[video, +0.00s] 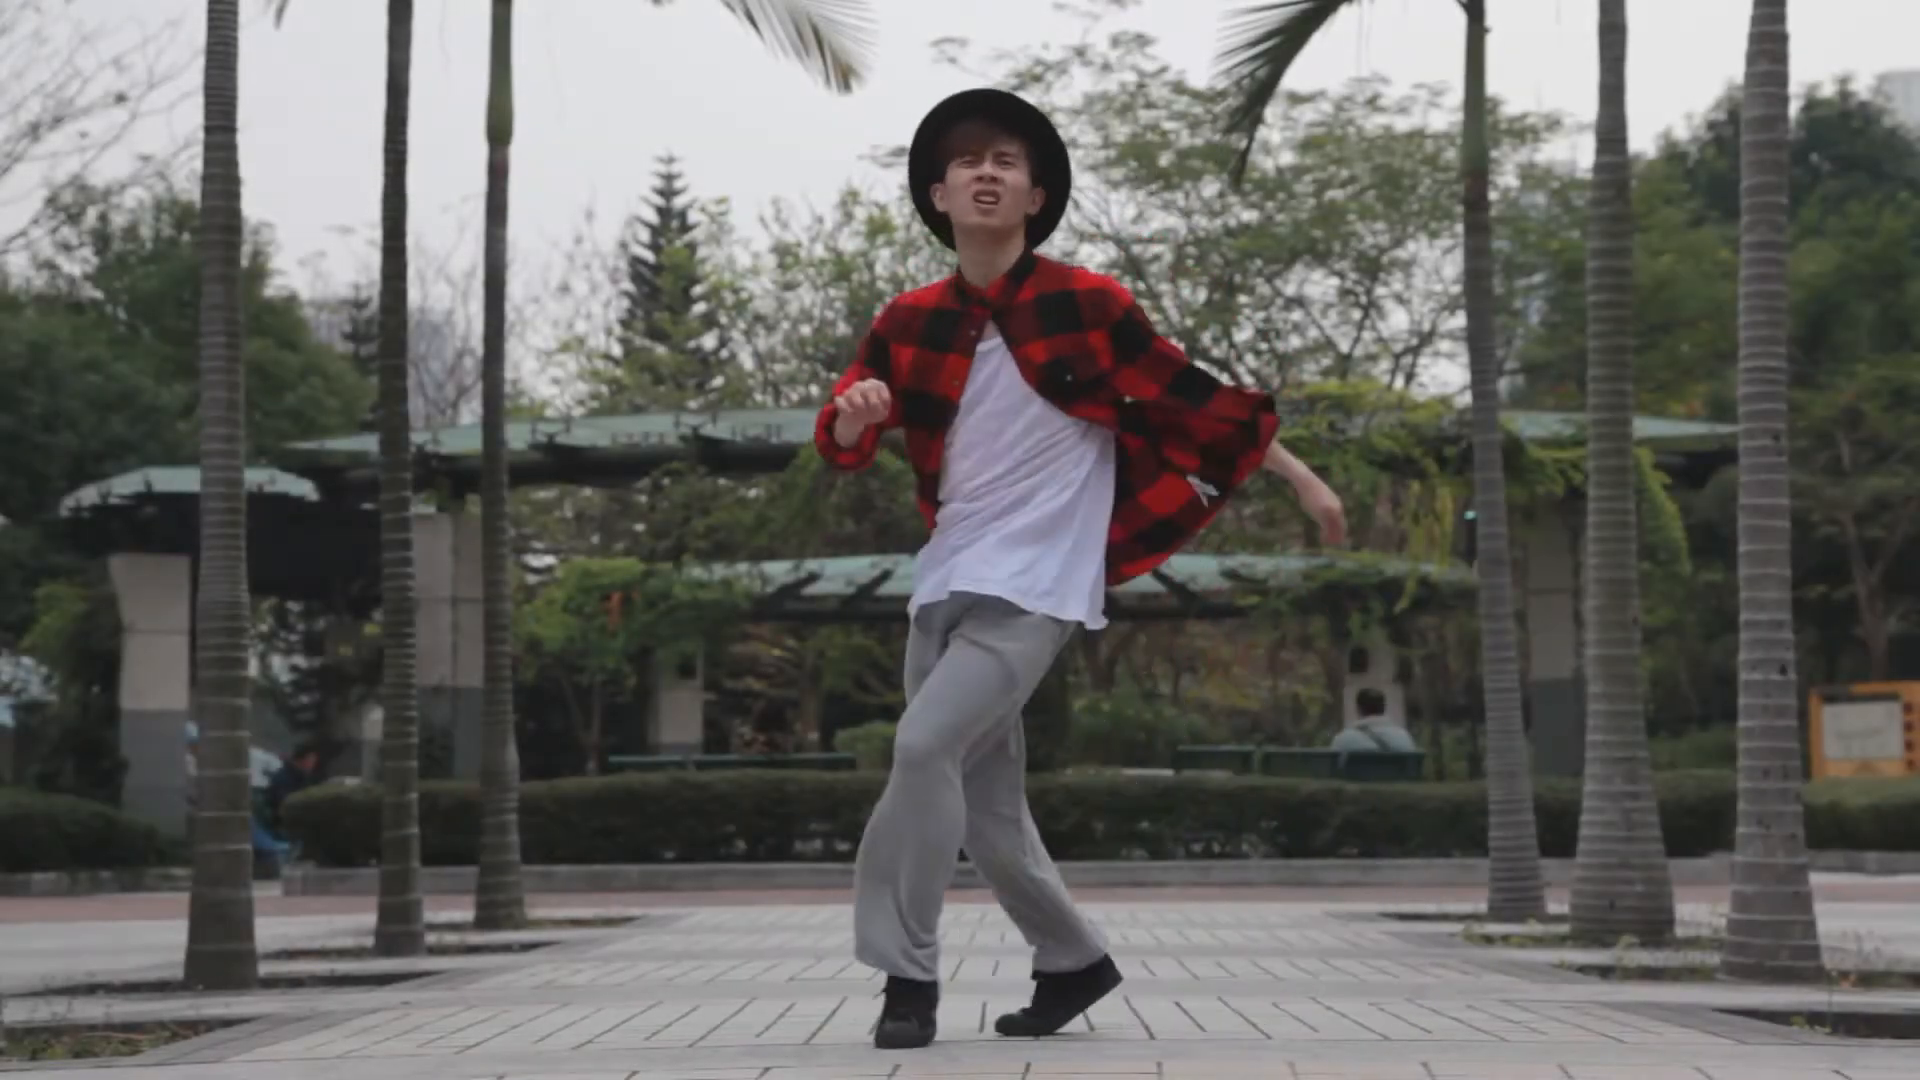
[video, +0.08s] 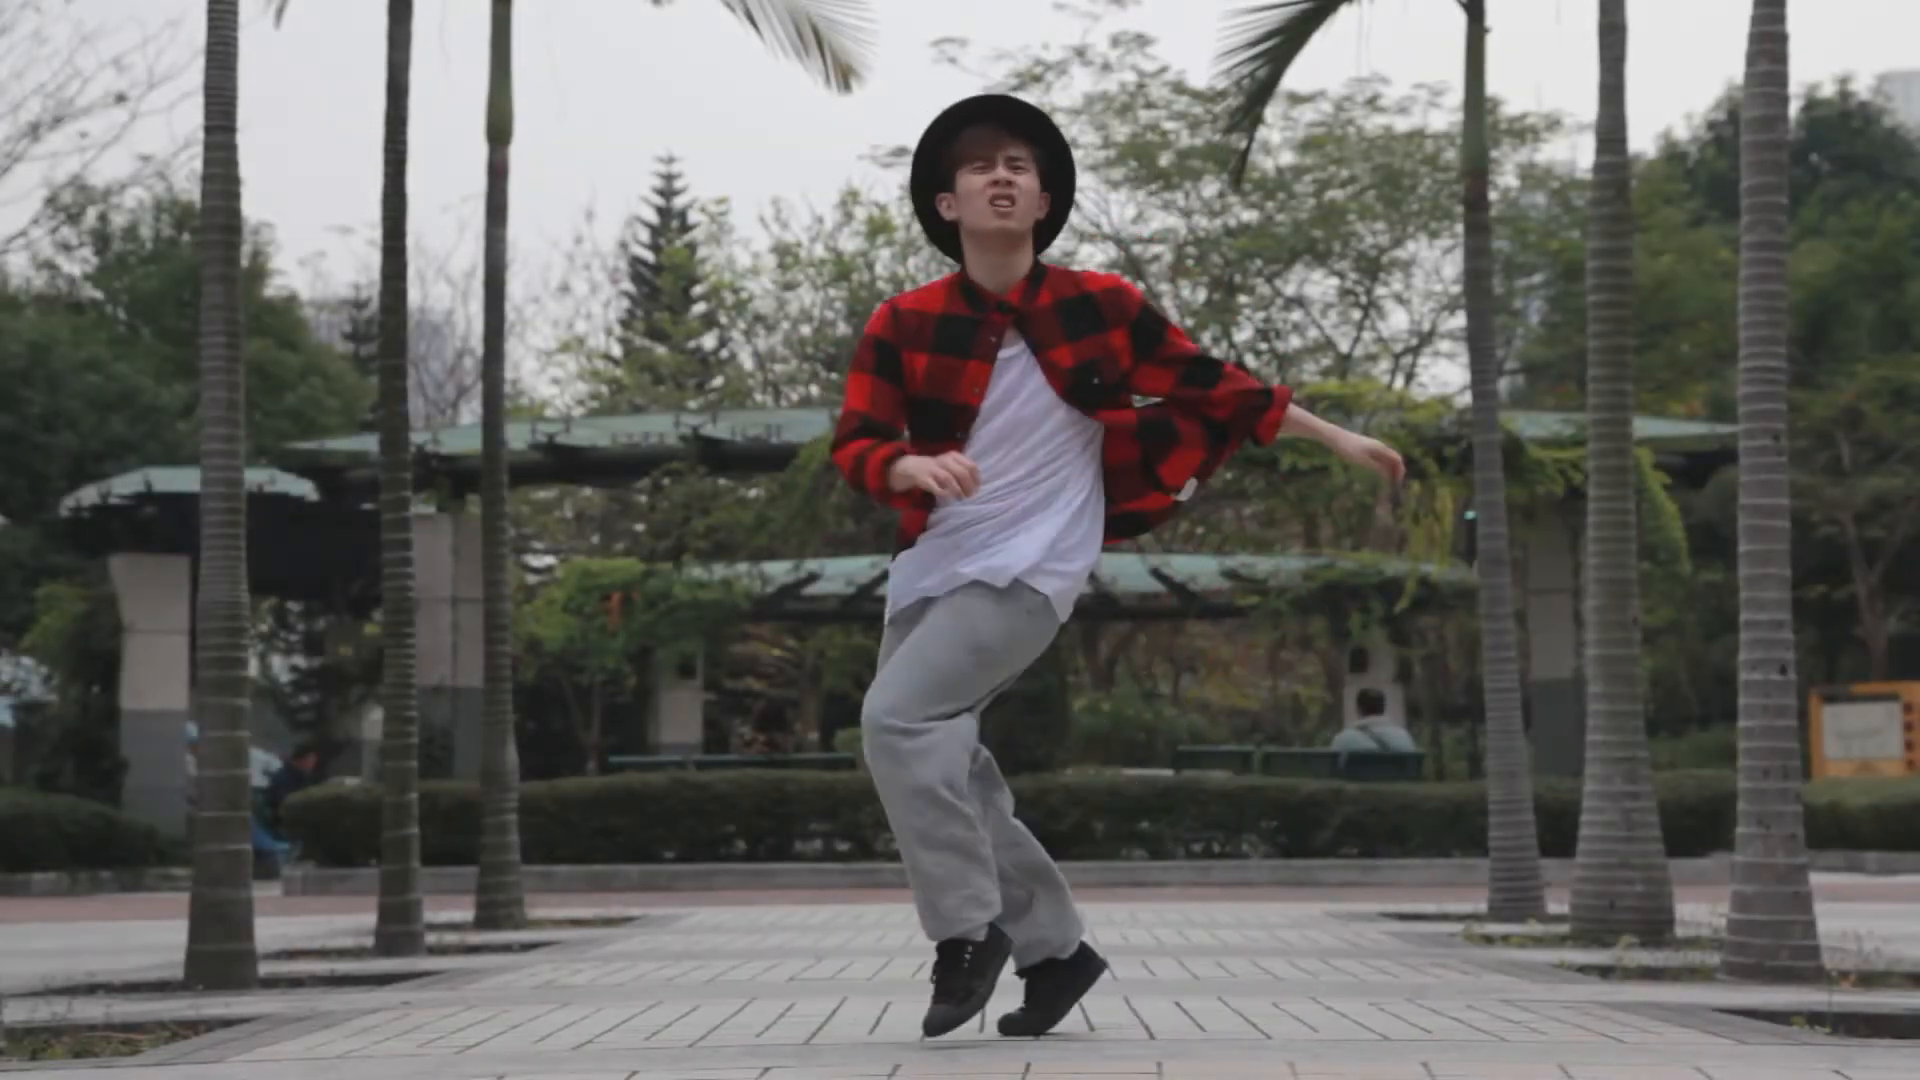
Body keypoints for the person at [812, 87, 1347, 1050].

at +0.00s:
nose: (986, 173)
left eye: (1006, 160)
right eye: (966, 159)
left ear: (1038, 193)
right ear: (934, 192)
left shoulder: (1087, 305)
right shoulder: (909, 321)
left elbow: (1193, 401)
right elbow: (841, 449)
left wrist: (1302, 477)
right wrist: (850, 419)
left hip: (1039, 586)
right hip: (944, 582)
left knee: (922, 744)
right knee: (984, 809)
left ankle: (908, 973)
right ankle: (1071, 959)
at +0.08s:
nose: (1001, 177)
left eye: (1019, 166)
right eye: (978, 166)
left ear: (1047, 199)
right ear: (944, 202)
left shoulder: (1100, 306)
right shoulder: (903, 322)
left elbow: (1210, 380)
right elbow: (854, 446)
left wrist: (1335, 436)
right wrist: (907, 468)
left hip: (1033, 566)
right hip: (929, 569)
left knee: (895, 719)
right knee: (946, 767)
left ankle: (966, 928)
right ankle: (1055, 948)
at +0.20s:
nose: (1022, 214)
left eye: (1035, 200)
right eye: (996, 200)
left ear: (1054, 227)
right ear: (955, 235)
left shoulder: (1086, 351)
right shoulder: (911, 352)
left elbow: (1181, 425)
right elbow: (928, 492)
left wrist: (1302, 420)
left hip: (1001, 595)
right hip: (896, 601)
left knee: (918, 784)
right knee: (927, 813)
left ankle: (992, 980)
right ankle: (1064, 966)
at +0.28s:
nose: (1037, 217)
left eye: (1046, 205)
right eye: (1012, 201)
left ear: (1057, 232)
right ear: (961, 232)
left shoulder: (1059, 357)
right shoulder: (908, 347)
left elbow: (1127, 466)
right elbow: (938, 488)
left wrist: (1212, 427)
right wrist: (1066, 512)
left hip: (993, 598)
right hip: (887, 612)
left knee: (951, 774)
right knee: (905, 827)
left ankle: (996, 991)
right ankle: (1022, 940)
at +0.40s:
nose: (1033, 194)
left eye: (1038, 184)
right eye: (1007, 180)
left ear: (1048, 212)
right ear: (956, 214)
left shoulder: (1045, 339)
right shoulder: (903, 320)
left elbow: (1139, 447)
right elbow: (931, 452)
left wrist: (1135, 410)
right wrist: (1032, 390)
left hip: (979, 576)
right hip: (875, 570)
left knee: (988, 761)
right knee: (899, 707)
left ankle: (1009, 976)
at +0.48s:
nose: (1022, 205)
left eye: (1028, 193)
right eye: (997, 188)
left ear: (1035, 223)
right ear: (943, 217)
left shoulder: (1035, 343)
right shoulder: (889, 323)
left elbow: (1148, 444)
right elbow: (903, 441)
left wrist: (1124, 402)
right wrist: (1005, 385)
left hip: (951, 584)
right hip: (848, 572)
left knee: (993, 769)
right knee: (869, 738)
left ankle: (1040, 986)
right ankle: (781, 908)